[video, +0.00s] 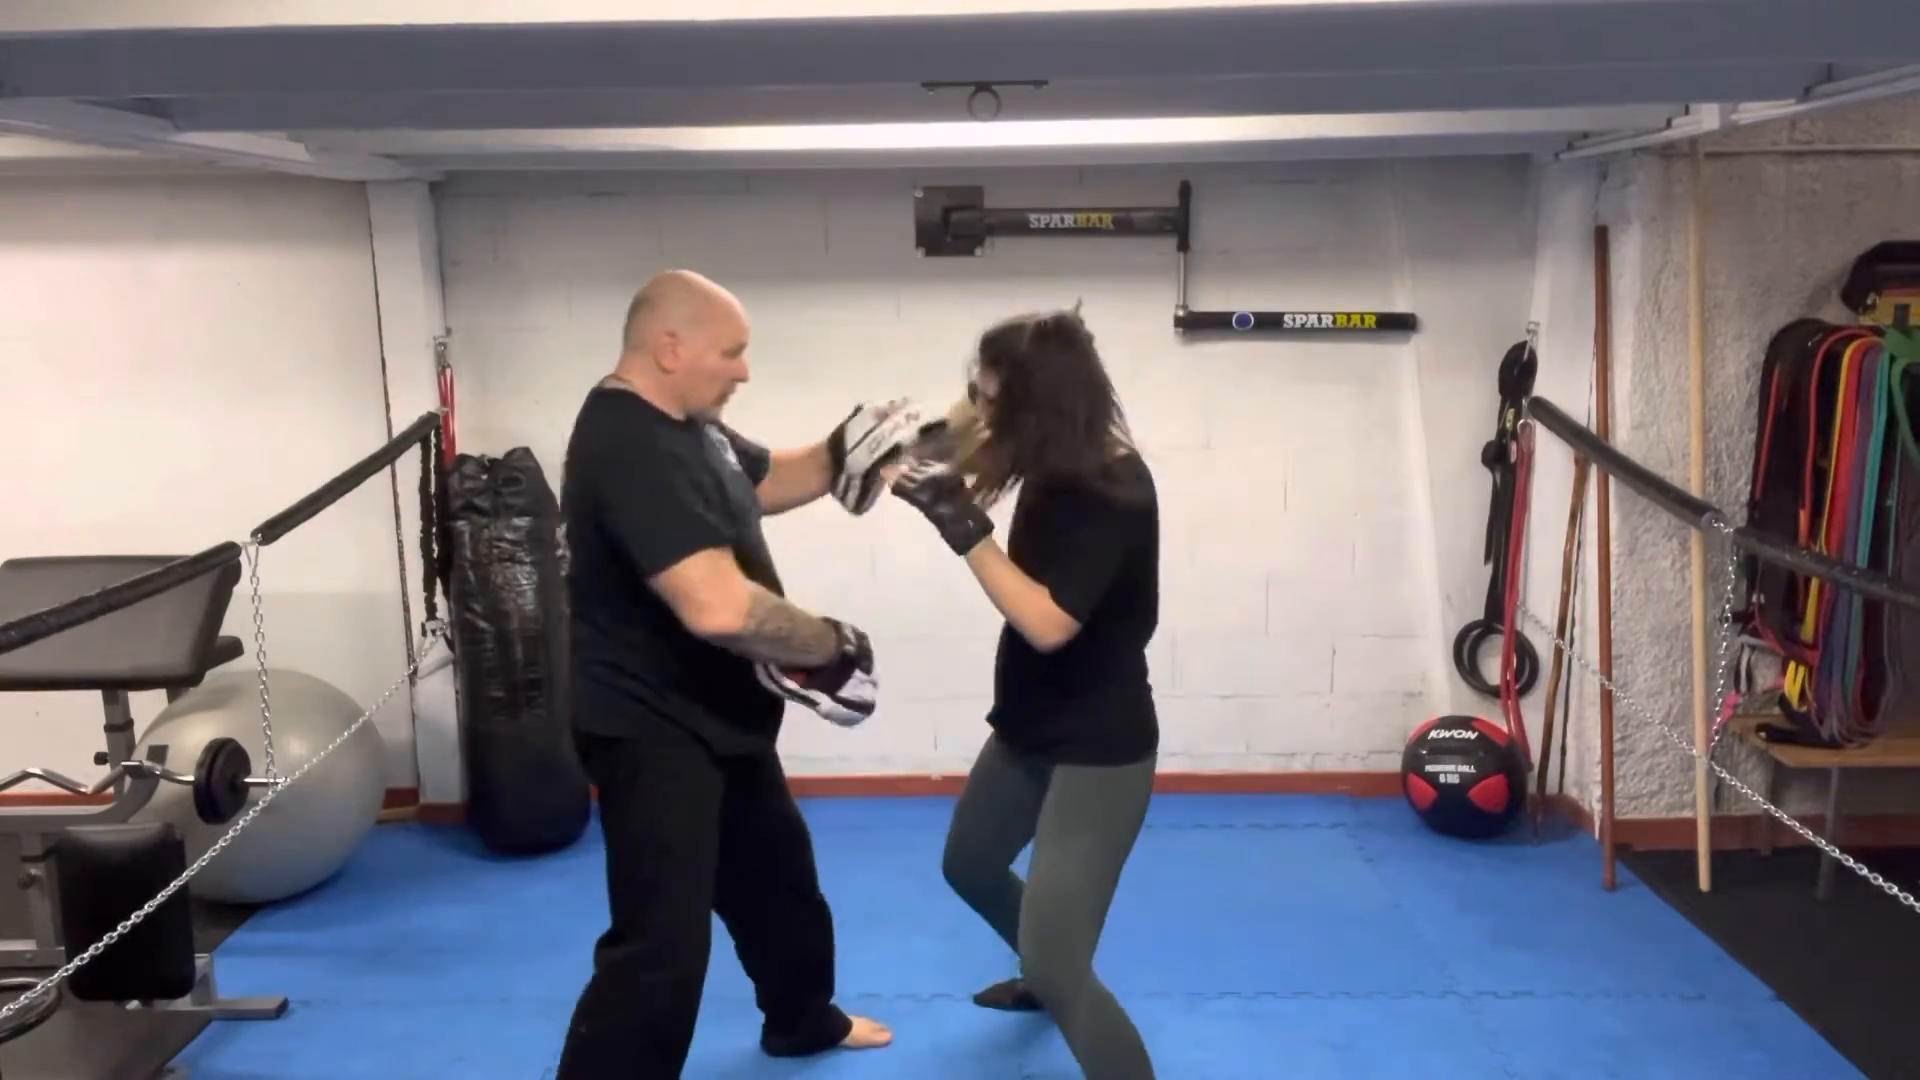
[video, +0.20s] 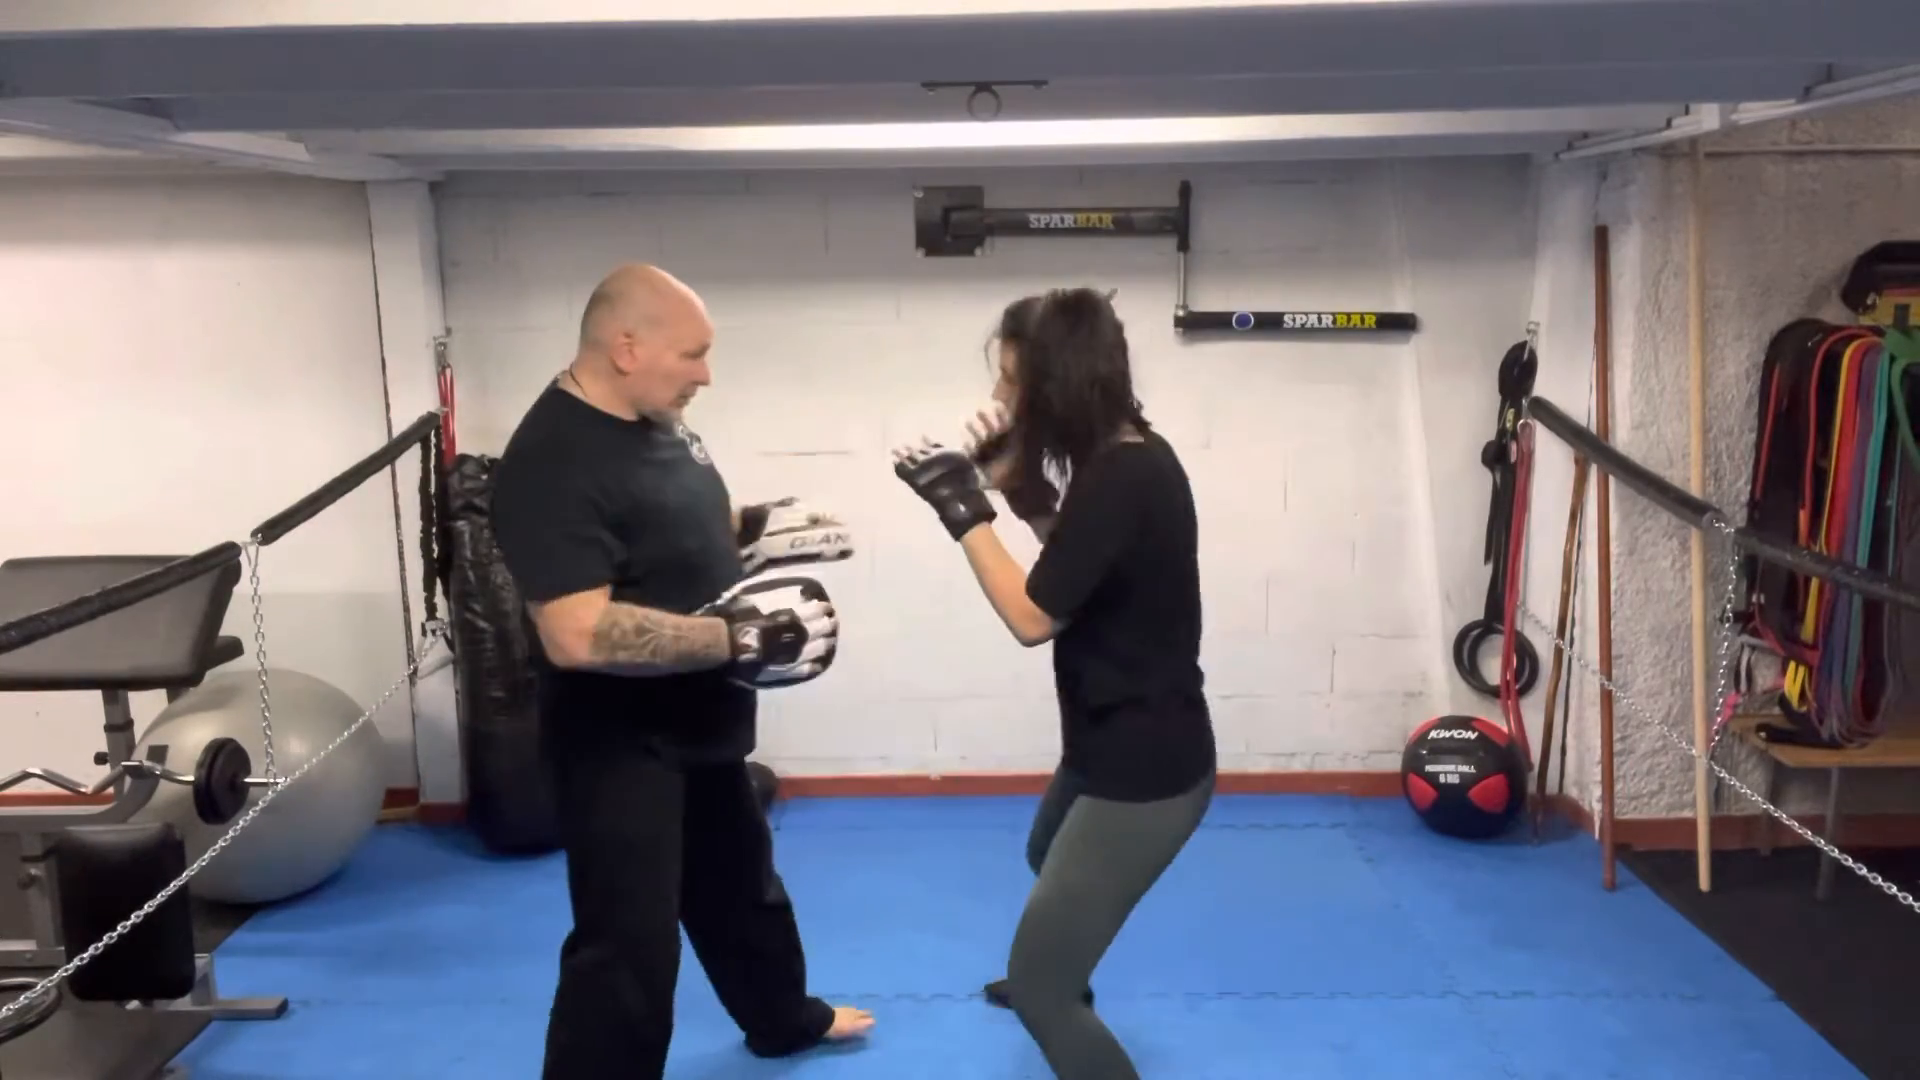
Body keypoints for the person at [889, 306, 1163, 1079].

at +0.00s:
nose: (978, 409)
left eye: (989, 396)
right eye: (980, 394)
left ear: (1033, 406)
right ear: (1050, 400)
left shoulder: (1109, 491)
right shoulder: (1046, 465)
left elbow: (1049, 621)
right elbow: (967, 440)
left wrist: (967, 530)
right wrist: (907, 453)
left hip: (1102, 748)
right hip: (1030, 728)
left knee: (1054, 966)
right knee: (970, 865)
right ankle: (1050, 976)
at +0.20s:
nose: (999, 396)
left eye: (1009, 380)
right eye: (998, 378)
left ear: (1054, 385)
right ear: (1091, 374)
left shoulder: (1122, 476)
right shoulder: (1121, 456)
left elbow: (1032, 619)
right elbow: (1065, 535)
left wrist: (965, 515)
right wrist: (1009, 469)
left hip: (1149, 773)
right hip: (1110, 750)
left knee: (1043, 987)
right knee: (1049, 851)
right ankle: (1049, 988)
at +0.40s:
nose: (1042, 386)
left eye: (1052, 367)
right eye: (1042, 366)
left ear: (1101, 369)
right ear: (1122, 364)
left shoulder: (1159, 466)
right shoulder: (1187, 451)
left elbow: (1087, 614)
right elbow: (1155, 574)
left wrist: (1008, 522)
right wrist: (1071, 516)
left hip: (1182, 779)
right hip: (1218, 760)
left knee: (1065, 981)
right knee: (1170, 885)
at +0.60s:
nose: (1104, 370)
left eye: (1117, 355)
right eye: (1108, 352)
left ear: (1162, 369)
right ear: (1191, 365)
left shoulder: (1208, 470)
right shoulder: (1238, 444)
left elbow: (1157, 614)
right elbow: (1184, 552)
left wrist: (1062, 523)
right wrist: (1106, 486)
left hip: (1239, 756)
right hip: (1292, 721)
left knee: (1114, 953)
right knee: (1286, 892)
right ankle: (1390, 1051)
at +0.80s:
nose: (1154, 330)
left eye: (1174, 319)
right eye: (1164, 313)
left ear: (1224, 345)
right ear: (1227, 346)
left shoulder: (1237, 454)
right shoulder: (1269, 432)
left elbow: (1177, 595)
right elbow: (1199, 556)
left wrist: (1097, 495)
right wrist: (1146, 455)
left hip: (1264, 748)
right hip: (1313, 721)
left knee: (1163, 941)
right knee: (1295, 887)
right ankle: (1394, 1050)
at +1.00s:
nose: (1140, 349)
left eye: (1152, 330)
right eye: (1143, 330)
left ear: (1206, 340)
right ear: (1208, 340)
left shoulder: (1239, 444)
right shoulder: (1276, 428)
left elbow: (1180, 586)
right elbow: (1234, 552)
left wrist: (1116, 485)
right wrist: (1167, 473)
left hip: (1259, 746)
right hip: (1308, 722)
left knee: (1165, 945)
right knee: (1292, 885)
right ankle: (1390, 1048)